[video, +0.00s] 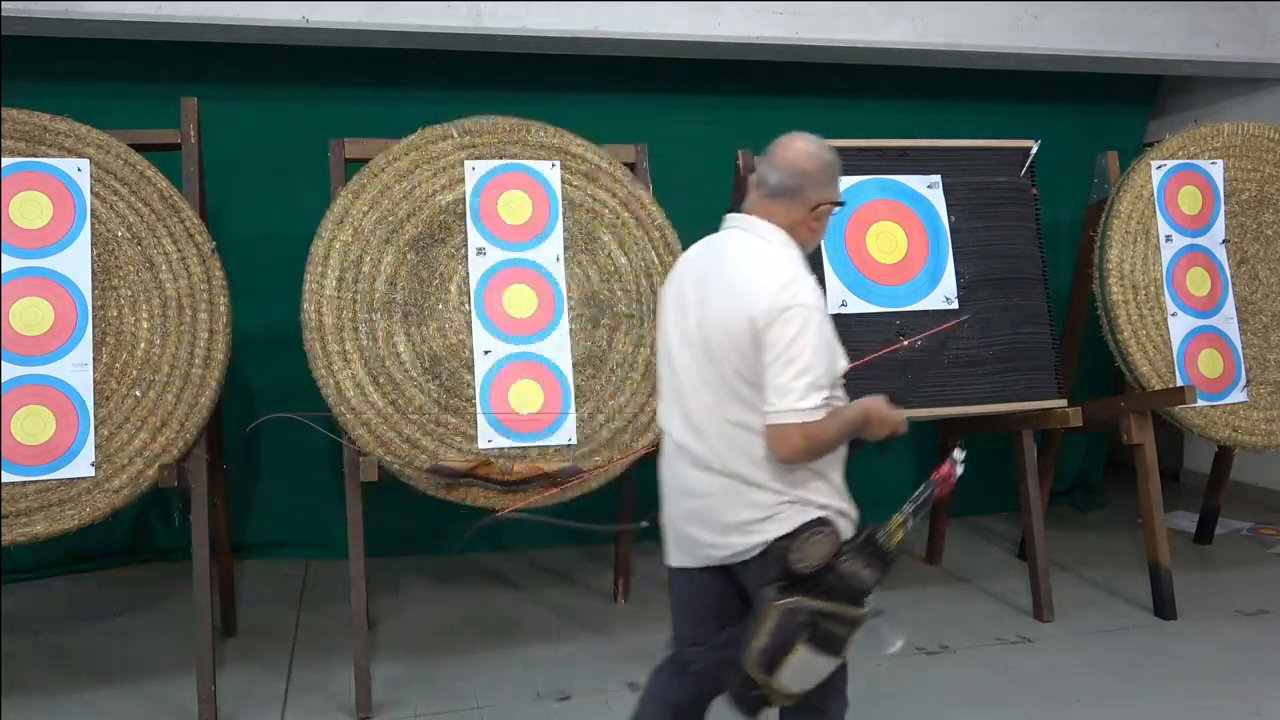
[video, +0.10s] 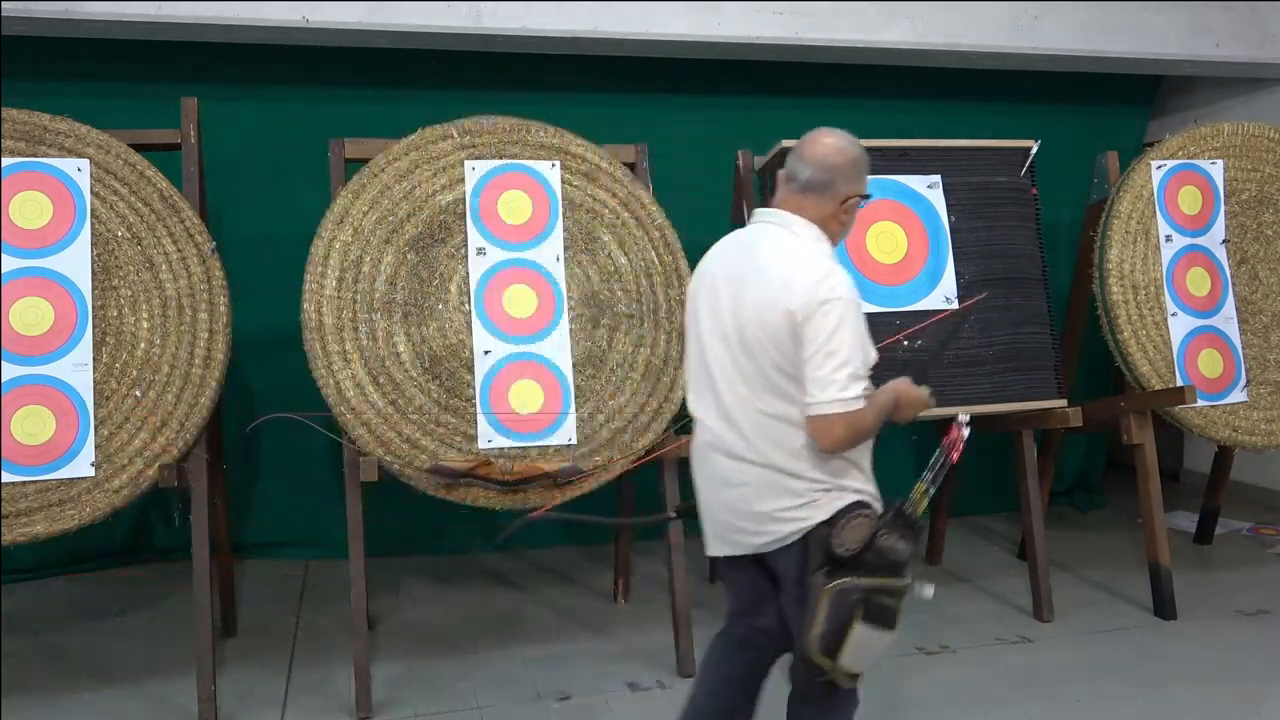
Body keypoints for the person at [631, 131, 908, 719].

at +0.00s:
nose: (827, 221)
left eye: (829, 208)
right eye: (829, 209)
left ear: (753, 186)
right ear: (816, 210)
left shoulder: (690, 264)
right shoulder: (789, 289)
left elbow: (690, 396)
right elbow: (791, 442)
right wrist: (860, 416)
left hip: (693, 525)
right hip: (780, 536)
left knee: (689, 673)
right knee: (815, 694)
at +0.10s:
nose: (855, 216)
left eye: (859, 204)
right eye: (857, 204)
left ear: (782, 181)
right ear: (844, 203)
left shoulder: (717, 258)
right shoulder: (822, 282)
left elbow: (716, 386)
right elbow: (831, 432)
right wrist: (891, 400)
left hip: (728, 507)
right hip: (810, 517)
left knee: (750, 632)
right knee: (825, 675)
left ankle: (705, 712)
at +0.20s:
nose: (880, 212)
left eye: (881, 201)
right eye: (881, 200)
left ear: (804, 182)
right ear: (872, 200)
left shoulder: (740, 257)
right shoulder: (855, 280)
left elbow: (723, 388)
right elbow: (873, 425)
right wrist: (920, 394)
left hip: (753, 494)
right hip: (833, 502)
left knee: (782, 625)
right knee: (834, 665)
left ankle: (764, 710)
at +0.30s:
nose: (898, 211)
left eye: (898, 201)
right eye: (899, 199)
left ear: (824, 186)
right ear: (893, 201)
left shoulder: (760, 263)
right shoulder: (884, 280)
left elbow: (744, 387)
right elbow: (905, 420)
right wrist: (943, 392)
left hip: (778, 497)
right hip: (858, 501)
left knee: (819, 647)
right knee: (847, 664)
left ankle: (828, 708)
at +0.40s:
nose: (916, 215)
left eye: (914, 205)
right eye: (916, 205)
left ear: (843, 190)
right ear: (909, 209)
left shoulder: (780, 270)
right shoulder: (907, 286)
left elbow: (765, 385)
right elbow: (937, 419)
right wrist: (966, 391)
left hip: (800, 497)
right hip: (882, 499)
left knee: (855, 628)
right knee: (854, 651)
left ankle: (894, 704)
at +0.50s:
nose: (927, 219)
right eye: (927, 209)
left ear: (857, 200)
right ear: (922, 213)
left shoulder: (797, 280)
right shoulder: (926, 289)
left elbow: (774, 384)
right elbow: (960, 416)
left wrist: (843, 378)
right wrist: (986, 388)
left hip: (830, 495)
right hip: (909, 494)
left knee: (892, 633)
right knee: (870, 642)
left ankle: (925, 714)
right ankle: (846, 715)